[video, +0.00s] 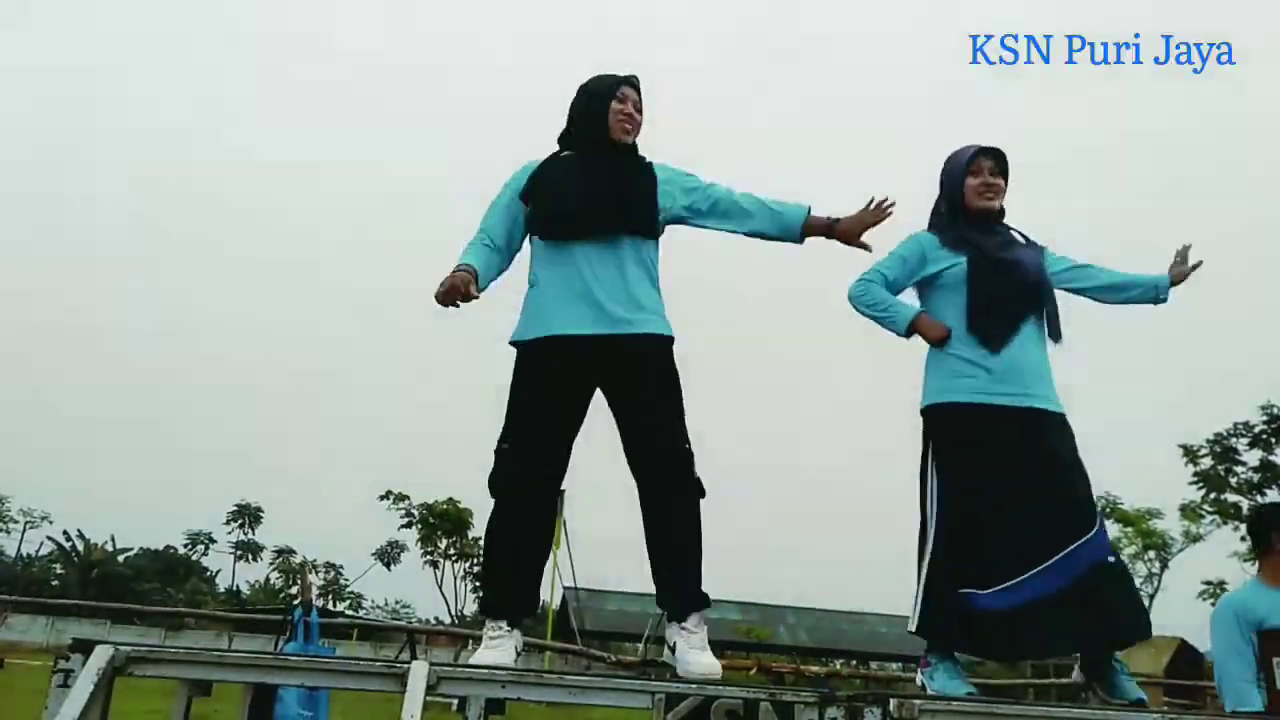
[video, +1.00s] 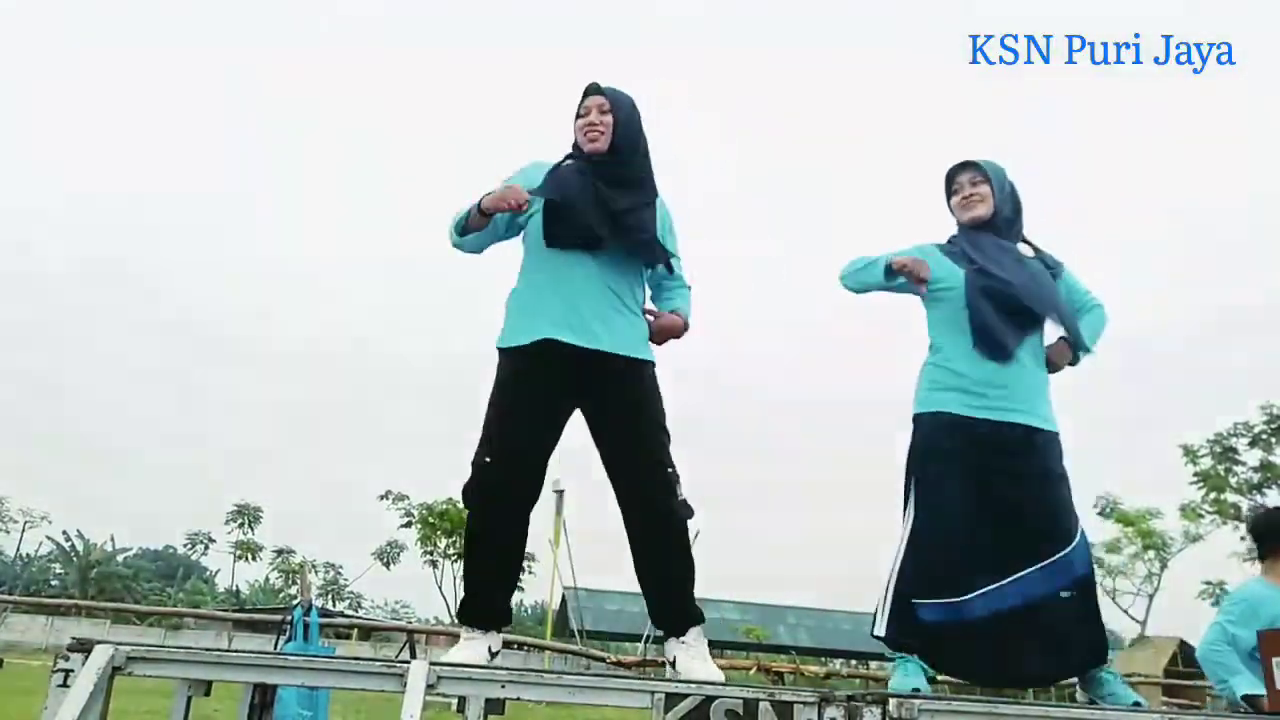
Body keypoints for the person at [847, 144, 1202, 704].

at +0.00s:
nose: (990, 182)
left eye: (997, 174)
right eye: (978, 174)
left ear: (1006, 187)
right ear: (953, 185)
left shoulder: (1029, 252)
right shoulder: (930, 245)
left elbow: (1091, 278)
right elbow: (864, 289)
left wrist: (1166, 281)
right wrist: (916, 319)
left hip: (1034, 403)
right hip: (960, 402)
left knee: (1078, 524)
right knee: (957, 527)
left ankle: (1100, 659)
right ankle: (938, 657)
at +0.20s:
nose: (1010, 198)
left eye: (1018, 190)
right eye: (997, 193)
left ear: (1034, 204)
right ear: (981, 211)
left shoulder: (1068, 270)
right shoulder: (964, 269)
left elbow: (1130, 295)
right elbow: (905, 319)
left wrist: (1198, 309)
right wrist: (934, 334)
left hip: (1066, 421)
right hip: (992, 417)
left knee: (1096, 541)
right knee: (984, 538)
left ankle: (1109, 675)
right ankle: (947, 663)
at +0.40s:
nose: (1015, 200)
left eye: (1025, 191)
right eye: (1004, 195)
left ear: (1044, 202)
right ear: (992, 210)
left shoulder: (1076, 259)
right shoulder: (980, 260)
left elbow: (1139, 290)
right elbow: (976, 305)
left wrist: (1160, 333)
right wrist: (1056, 272)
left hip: (1085, 402)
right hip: (1013, 401)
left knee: (1096, 527)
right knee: (1031, 520)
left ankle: (1103, 669)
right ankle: (1026, 653)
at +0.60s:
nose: (1015, 210)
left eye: (1025, 201)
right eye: (1005, 205)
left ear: (1049, 211)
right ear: (994, 221)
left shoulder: (1086, 274)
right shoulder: (984, 267)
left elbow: (1148, 311)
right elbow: (989, 290)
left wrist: (1127, 346)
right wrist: (1065, 281)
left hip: (1092, 420)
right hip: (1017, 418)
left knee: (1122, 537)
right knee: (1043, 518)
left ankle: (1110, 676)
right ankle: (1042, 666)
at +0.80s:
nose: (998, 192)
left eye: (1008, 181)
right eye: (988, 189)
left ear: (1036, 189)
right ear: (982, 205)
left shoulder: (1079, 254)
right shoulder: (972, 253)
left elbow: (1132, 294)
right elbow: (889, 274)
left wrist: (1118, 334)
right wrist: (938, 266)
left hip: (1072, 408)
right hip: (993, 405)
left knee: (1088, 536)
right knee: (968, 530)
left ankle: (1101, 671)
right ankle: (935, 647)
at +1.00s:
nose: (968, 193)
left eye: (978, 183)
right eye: (958, 190)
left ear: (1004, 194)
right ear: (951, 208)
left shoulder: (1041, 264)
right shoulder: (935, 256)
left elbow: (1093, 310)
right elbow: (852, 276)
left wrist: (1070, 347)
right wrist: (892, 267)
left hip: (1026, 414)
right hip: (948, 408)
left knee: (1061, 537)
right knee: (936, 532)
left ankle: (1094, 668)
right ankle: (911, 660)